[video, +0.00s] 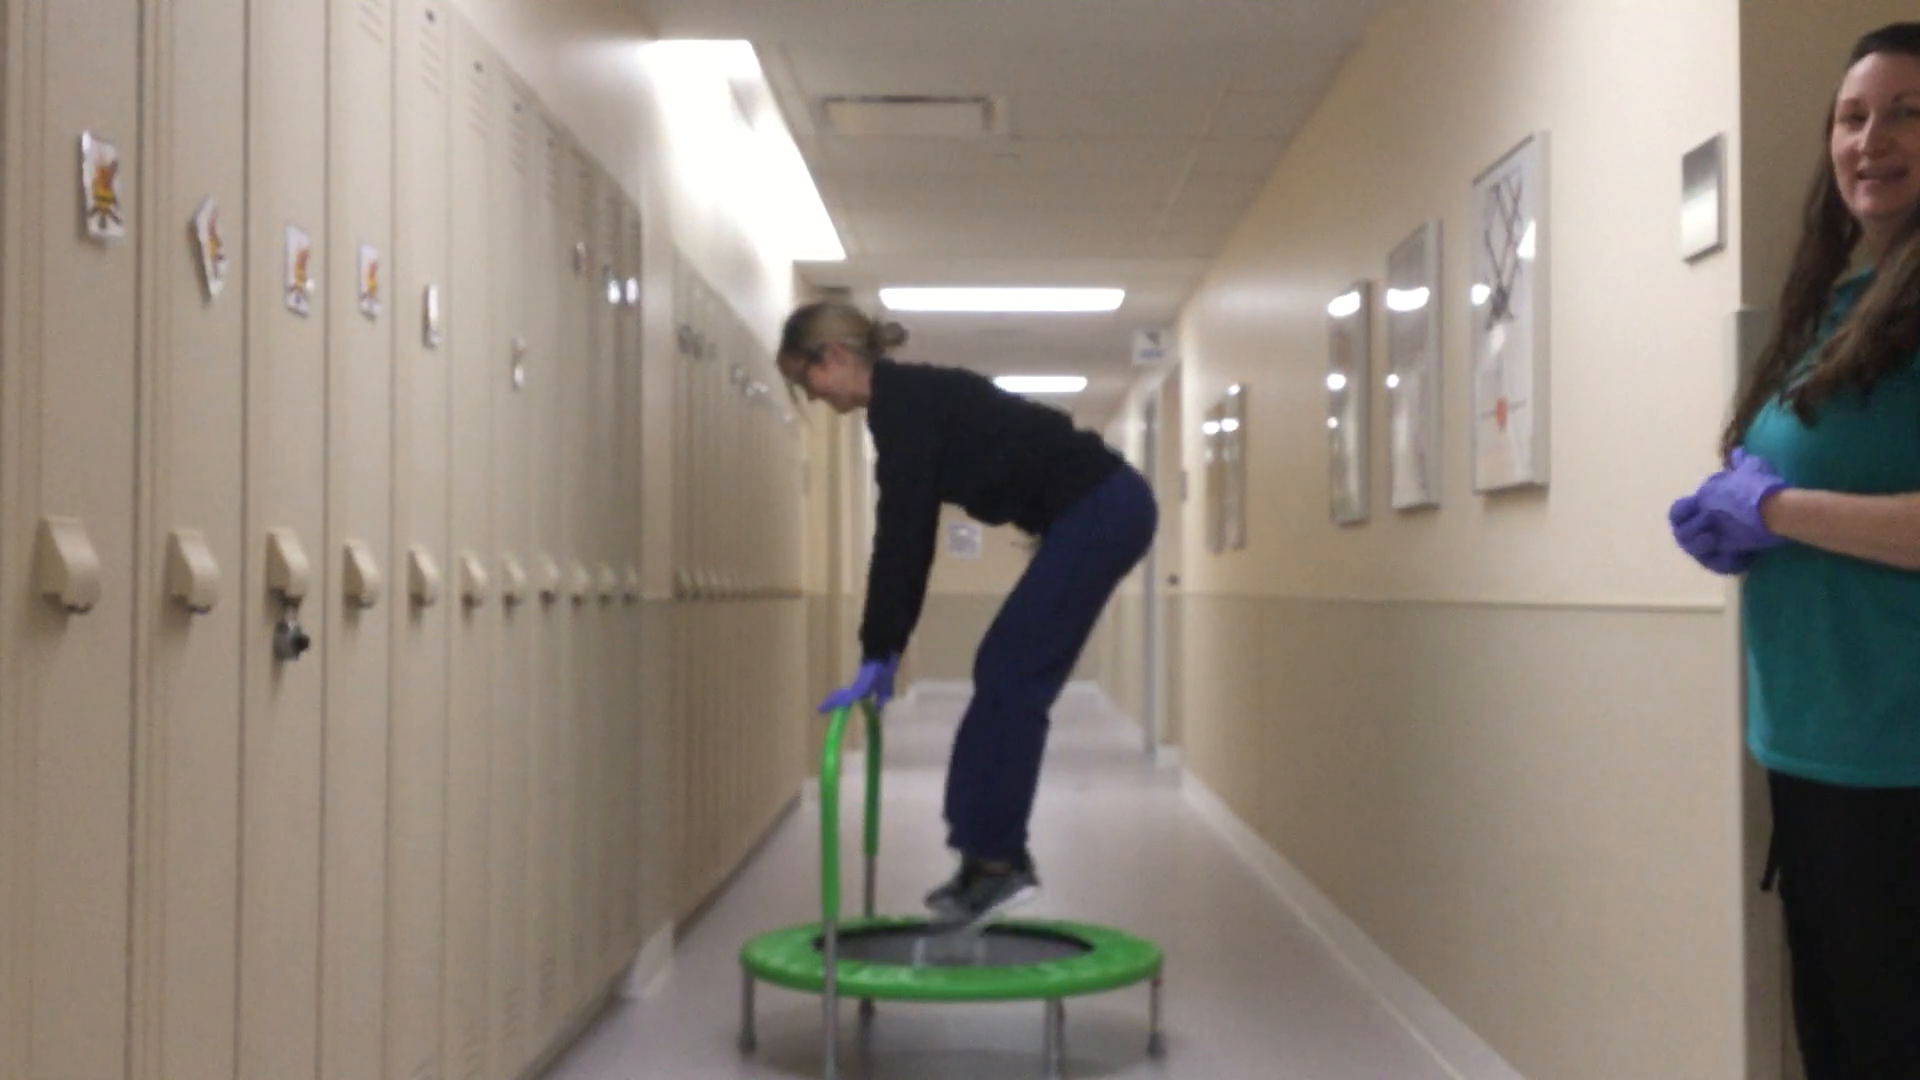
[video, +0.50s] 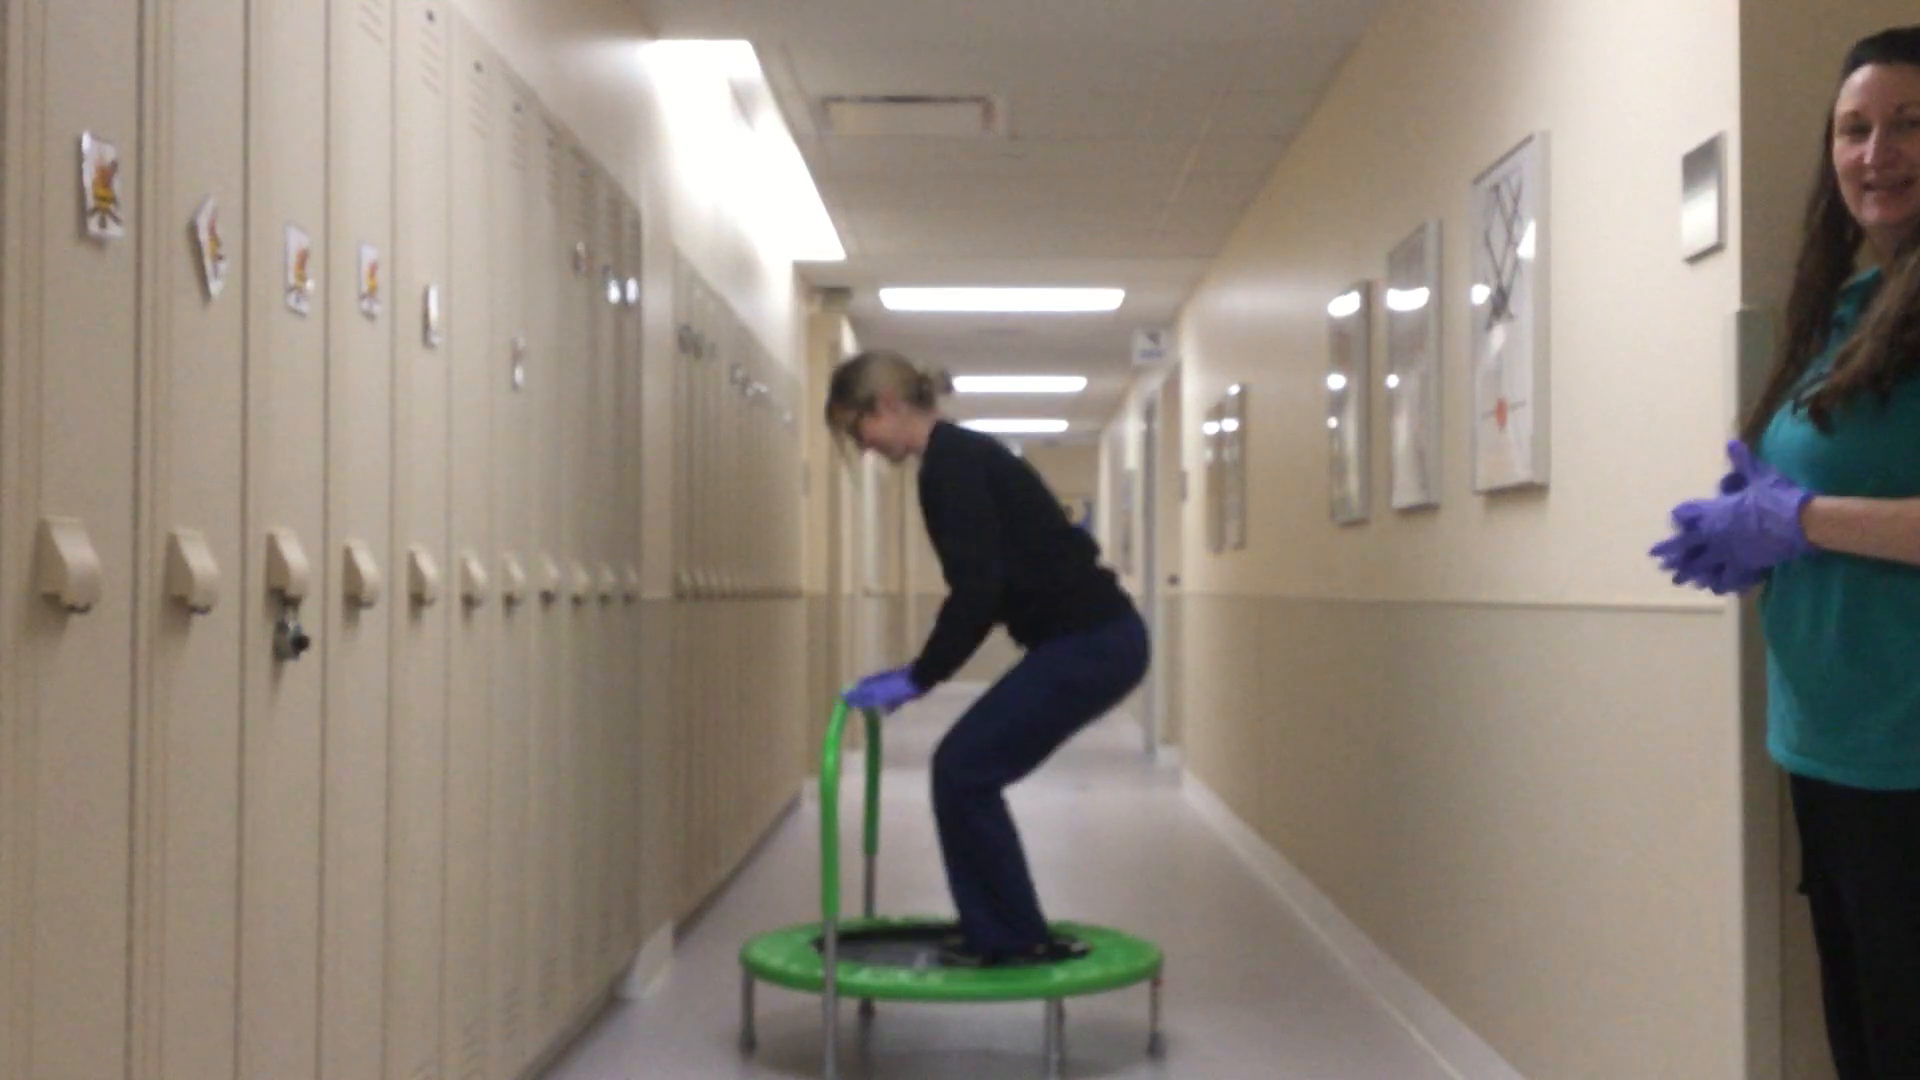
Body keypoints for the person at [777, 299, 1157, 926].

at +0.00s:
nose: (816, 394)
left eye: (812, 377)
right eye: (806, 385)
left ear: (840, 353)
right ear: (843, 356)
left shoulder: (905, 403)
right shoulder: (901, 404)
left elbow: (905, 535)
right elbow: (905, 536)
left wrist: (880, 653)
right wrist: (884, 652)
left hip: (1102, 510)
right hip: (1093, 511)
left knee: (1011, 670)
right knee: (1007, 669)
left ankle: (995, 859)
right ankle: (990, 856)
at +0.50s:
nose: (862, 442)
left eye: (859, 426)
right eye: (854, 432)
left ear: (888, 404)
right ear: (894, 406)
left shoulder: (954, 463)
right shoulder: (951, 459)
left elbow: (979, 589)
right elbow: (977, 590)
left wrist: (916, 679)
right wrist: (916, 675)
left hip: (1094, 644)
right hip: (1086, 641)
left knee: (963, 767)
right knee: (961, 765)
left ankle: (1011, 937)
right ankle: (1002, 932)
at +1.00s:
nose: (904, 347)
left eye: (899, 331)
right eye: (894, 338)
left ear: (927, 301)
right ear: (926, 306)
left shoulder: (995, 354)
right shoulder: (989, 355)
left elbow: (1017, 478)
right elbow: (1009, 481)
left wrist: (1007, 593)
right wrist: (1001, 589)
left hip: (1064, 579)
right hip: (1057, 577)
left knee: (1015, 759)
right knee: (1017, 758)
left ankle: (1024, 941)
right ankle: (1027, 935)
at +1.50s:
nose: (866, 456)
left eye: (865, 440)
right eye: (857, 446)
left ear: (897, 418)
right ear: (899, 421)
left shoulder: (963, 478)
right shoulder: (951, 479)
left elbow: (977, 594)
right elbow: (967, 592)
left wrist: (880, 607)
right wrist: (881, 606)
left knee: (959, 772)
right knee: (954, 769)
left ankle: (1017, 945)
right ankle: (1008, 938)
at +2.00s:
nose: (863, 239)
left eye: (861, 221)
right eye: (855, 229)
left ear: (889, 193)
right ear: (885, 202)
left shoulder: (957, 249)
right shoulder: (945, 255)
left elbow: (988, 365)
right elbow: (979, 367)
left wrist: (984, 480)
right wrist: (977, 476)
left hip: (1015, 474)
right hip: (1006, 475)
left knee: (995, 667)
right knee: (990, 667)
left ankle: (990, 860)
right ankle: (984, 856)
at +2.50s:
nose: (827, 492)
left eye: (826, 474)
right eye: (819, 481)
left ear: (859, 456)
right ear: (864, 459)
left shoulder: (922, 519)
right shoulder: (913, 519)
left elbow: (939, 637)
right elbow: (931, 633)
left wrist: (848, 630)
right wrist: (851, 628)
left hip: (1063, 695)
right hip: (1058, 692)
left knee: (913, 796)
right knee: (918, 793)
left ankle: (972, 950)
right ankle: (990, 929)